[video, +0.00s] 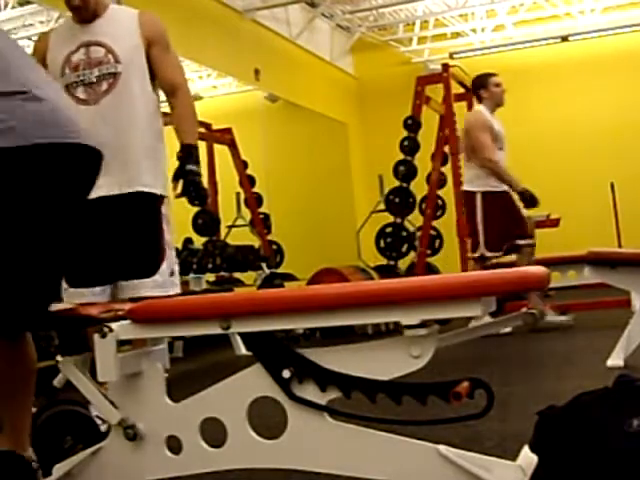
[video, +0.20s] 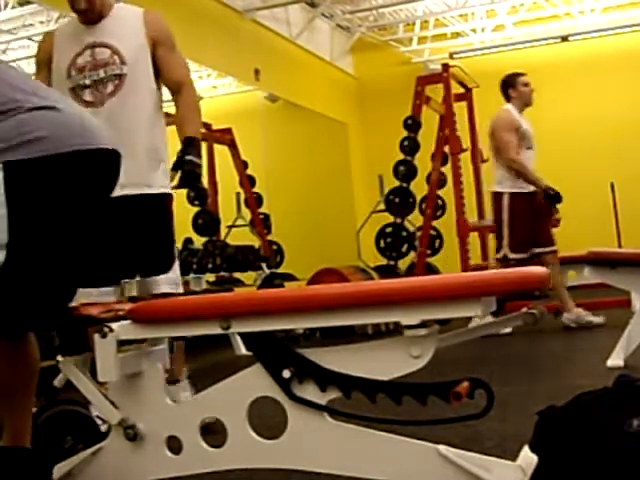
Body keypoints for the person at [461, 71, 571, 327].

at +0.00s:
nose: (503, 90)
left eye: (502, 85)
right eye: (497, 86)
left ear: (491, 93)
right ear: (483, 93)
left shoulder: (490, 120)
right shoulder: (477, 118)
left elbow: (492, 160)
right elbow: (487, 159)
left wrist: (517, 188)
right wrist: (518, 187)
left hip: (497, 191)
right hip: (481, 192)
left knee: (525, 242)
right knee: (486, 253)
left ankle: (534, 302)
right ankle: (484, 310)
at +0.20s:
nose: (531, 89)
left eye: (530, 85)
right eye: (525, 85)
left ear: (521, 92)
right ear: (511, 92)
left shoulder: (520, 120)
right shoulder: (505, 118)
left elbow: (521, 163)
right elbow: (510, 159)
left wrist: (543, 196)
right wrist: (542, 186)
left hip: (529, 194)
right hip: (511, 194)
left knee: (548, 255)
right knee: (508, 258)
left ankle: (570, 309)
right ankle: (484, 312)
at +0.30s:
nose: (548, 84)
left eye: (547, 80)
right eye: (542, 80)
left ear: (537, 86)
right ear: (528, 86)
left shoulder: (537, 114)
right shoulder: (521, 111)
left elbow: (542, 156)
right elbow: (525, 152)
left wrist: (557, 187)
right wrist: (549, 182)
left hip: (547, 189)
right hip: (530, 191)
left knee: (562, 250)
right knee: (535, 254)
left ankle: (571, 308)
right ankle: (503, 307)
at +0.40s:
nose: (558, 82)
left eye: (557, 77)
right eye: (552, 78)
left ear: (545, 84)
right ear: (538, 84)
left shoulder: (549, 112)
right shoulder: (531, 109)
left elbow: (559, 157)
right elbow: (533, 148)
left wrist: (573, 188)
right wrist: (555, 184)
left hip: (558, 186)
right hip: (541, 187)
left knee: (567, 249)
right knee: (557, 248)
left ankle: (571, 308)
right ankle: (515, 294)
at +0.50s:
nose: (573, 79)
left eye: (571, 74)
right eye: (567, 75)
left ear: (561, 80)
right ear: (552, 81)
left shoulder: (564, 112)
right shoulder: (545, 107)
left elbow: (576, 155)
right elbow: (546, 146)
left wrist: (597, 184)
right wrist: (565, 178)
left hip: (569, 182)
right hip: (555, 182)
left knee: (569, 245)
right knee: (585, 238)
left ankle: (570, 307)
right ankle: (554, 295)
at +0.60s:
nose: (582, 77)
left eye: (581, 73)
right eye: (576, 73)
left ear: (570, 80)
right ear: (561, 80)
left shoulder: (574, 110)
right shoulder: (554, 106)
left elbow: (588, 154)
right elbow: (554, 145)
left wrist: (611, 182)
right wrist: (576, 176)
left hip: (575, 181)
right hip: (565, 181)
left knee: (572, 245)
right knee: (597, 237)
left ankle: (573, 306)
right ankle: (583, 302)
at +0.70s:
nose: (597, 76)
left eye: (595, 71)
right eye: (591, 72)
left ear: (586, 78)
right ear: (576, 79)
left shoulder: (589, 109)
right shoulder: (570, 105)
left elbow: (603, 150)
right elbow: (571, 149)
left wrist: (629, 178)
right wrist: (596, 181)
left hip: (589, 184)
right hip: (578, 185)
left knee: (578, 248)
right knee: (609, 246)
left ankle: (572, 307)